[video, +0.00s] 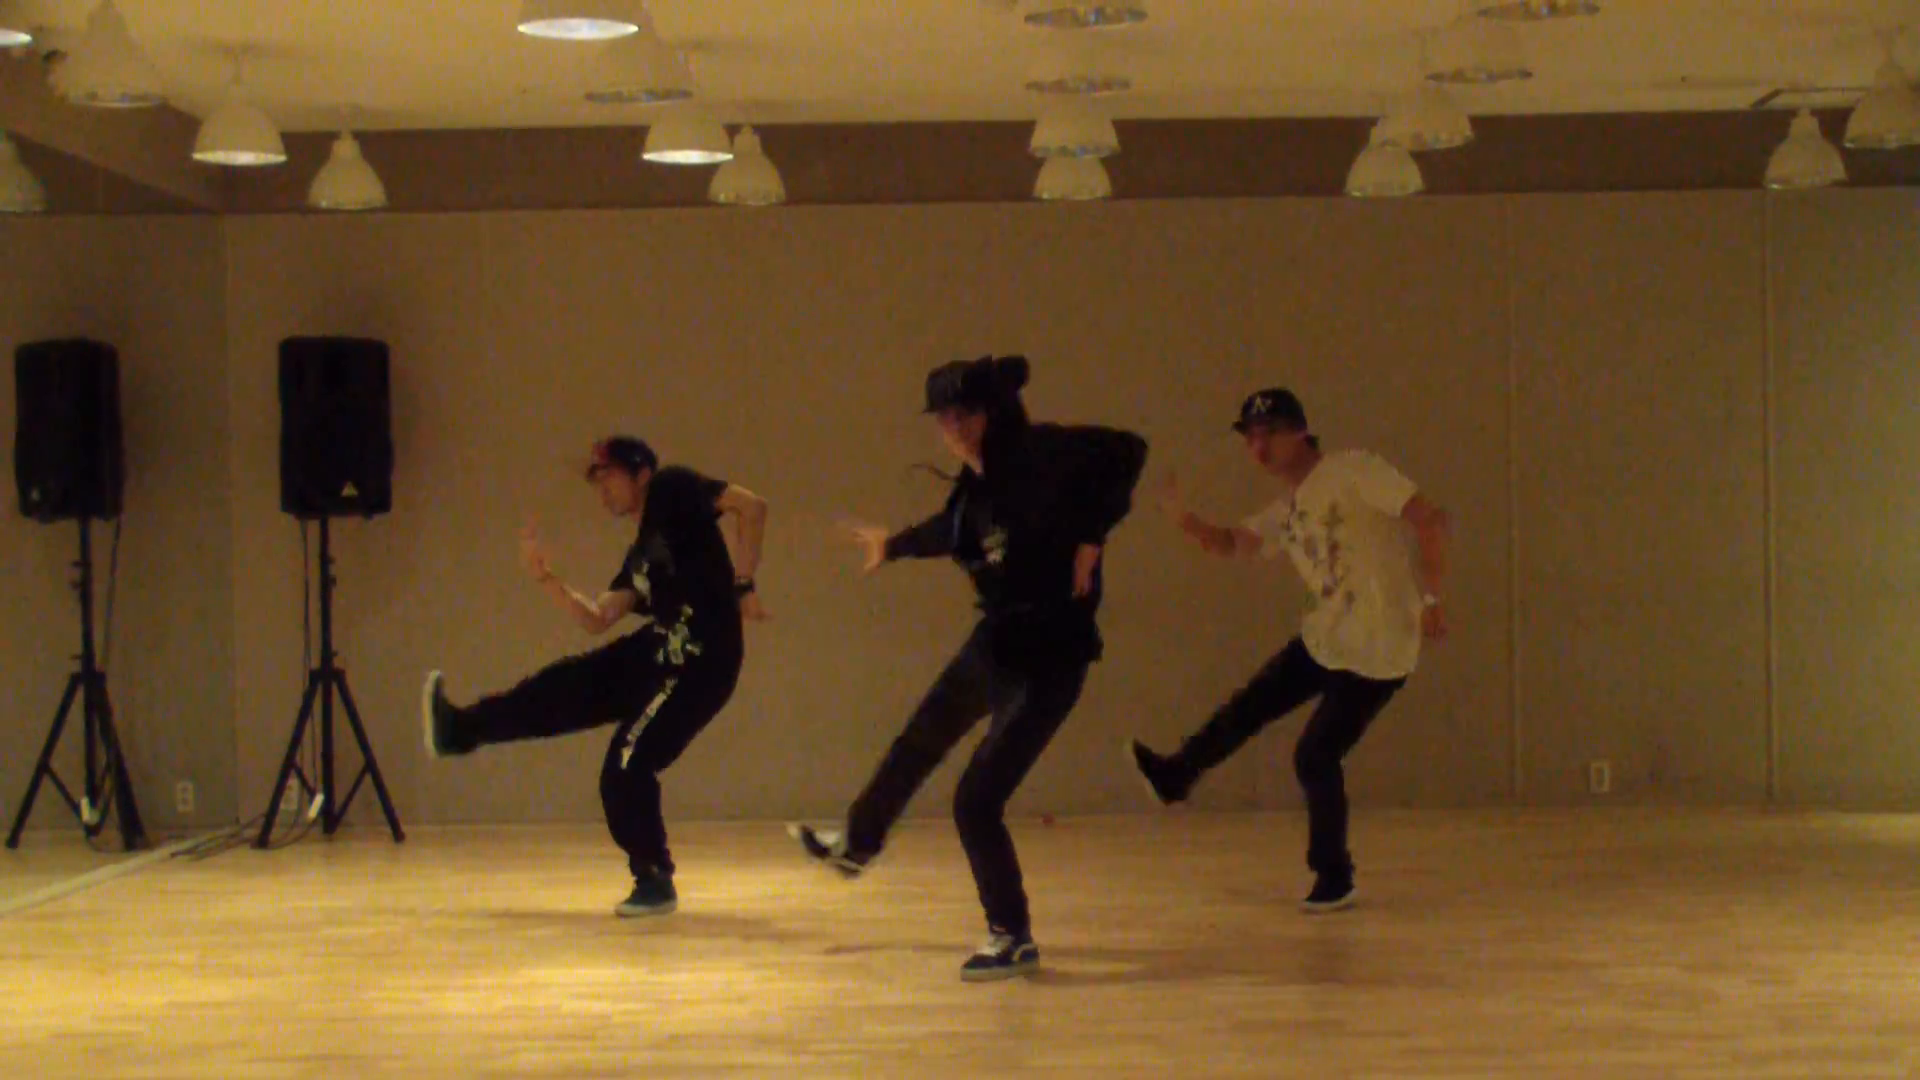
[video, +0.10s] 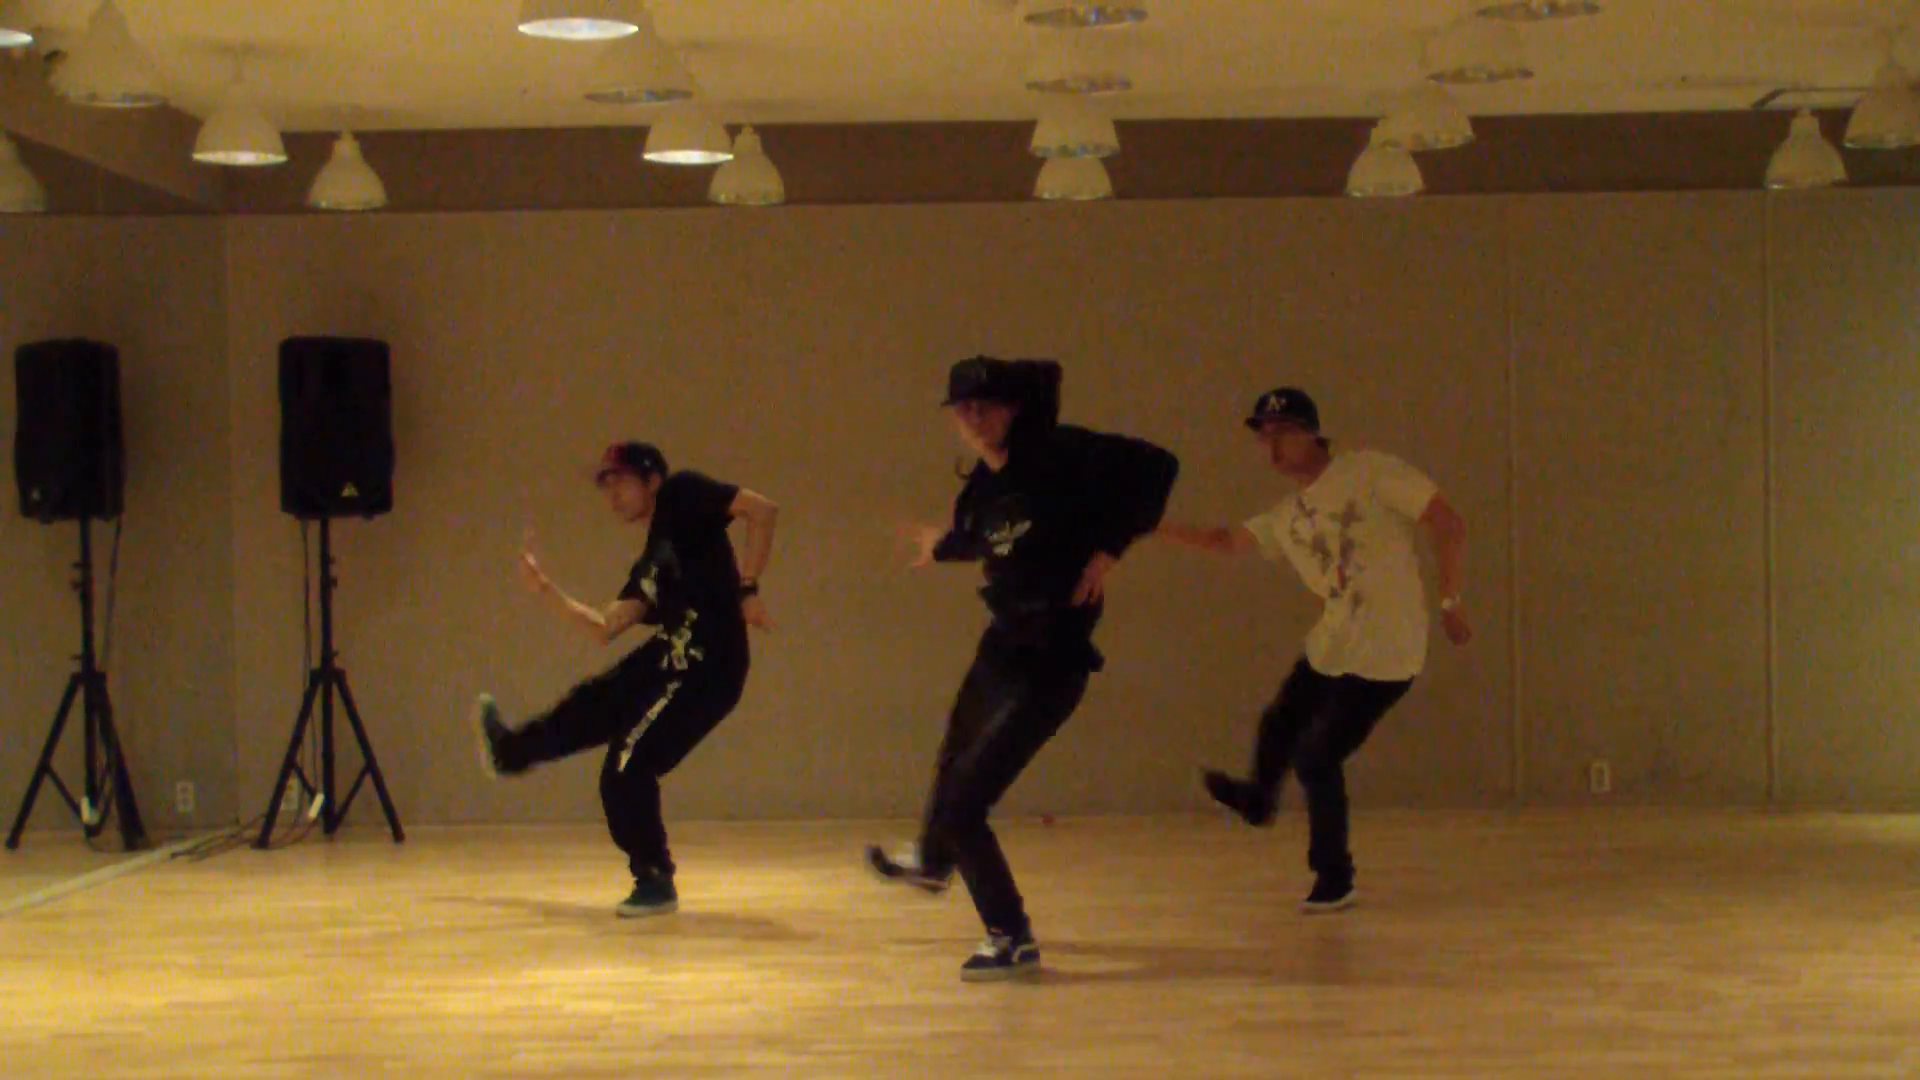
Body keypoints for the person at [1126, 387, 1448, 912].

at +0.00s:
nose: (1256, 449)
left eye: (1265, 435)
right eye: (1250, 439)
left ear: (1296, 433)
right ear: (1250, 444)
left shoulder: (1353, 471)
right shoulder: (1290, 510)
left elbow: (1428, 519)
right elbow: (1235, 543)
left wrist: (1433, 598)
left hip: (1381, 649)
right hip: (1328, 637)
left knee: (1317, 755)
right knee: (1251, 706)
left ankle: (1333, 876)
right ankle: (1178, 774)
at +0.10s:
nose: (1274, 451)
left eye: (1282, 436)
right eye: (1267, 441)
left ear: (1311, 432)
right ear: (1265, 447)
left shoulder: (1368, 471)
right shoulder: (1289, 515)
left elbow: (1449, 524)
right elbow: (1227, 541)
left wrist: (1451, 601)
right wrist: (1158, 527)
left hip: (1388, 647)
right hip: (1335, 640)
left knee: (1319, 752)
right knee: (1280, 722)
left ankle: (1334, 875)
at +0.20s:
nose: (1285, 450)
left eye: (1294, 436)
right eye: (1278, 440)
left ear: (1323, 432)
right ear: (1278, 446)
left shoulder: (1375, 472)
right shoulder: (1301, 514)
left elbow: (1451, 526)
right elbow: (1244, 546)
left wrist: (1453, 608)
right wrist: (1176, 549)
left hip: (1395, 647)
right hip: (1342, 648)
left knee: (1326, 751)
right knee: (1319, 753)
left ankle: (1335, 877)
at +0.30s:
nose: (1295, 444)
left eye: (1304, 431)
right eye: (1288, 435)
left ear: (1334, 430)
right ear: (1285, 442)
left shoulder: (1382, 474)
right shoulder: (1312, 512)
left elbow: (1458, 531)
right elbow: (1255, 555)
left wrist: (1455, 615)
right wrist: (1204, 591)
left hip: (1414, 649)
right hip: (1372, 654)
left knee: (1341, 751)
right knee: (1373, 768)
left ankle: (1342, 874)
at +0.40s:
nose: (1312, 452)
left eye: (1323, 439)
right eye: (1304, 443)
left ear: (1351, 441)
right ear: (1299, 450)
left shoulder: (1391, 489)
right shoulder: (1322, 513)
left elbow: (1462, 537)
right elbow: (1302, 578)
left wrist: (1459, 611)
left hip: (1432, 659)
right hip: (1392, 666)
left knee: (1362, 746)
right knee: (1443, 791)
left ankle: (1390, 864)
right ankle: (1537, 855)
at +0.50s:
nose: (1331, 456)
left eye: (1342, 444)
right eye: (1324, 447)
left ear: (1370, 448)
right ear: (1318, 454)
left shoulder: (1402, 497)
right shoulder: (1340, 515)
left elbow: (1463, 547)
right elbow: (1336, 590)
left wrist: (1448, 604)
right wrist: (1326, 651)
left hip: (1425, 669)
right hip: (1386, 675)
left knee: (1392, 785)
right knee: (1424, 791)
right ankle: (1525, 850)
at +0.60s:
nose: (1354, 456)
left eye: (1366, 444)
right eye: (1345, 446)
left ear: (1390, 450)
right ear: (1337, 454)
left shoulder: (1410, 508)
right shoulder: (1342, 522)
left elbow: (1435, 562)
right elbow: (1335, 603)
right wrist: (1316, 590)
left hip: (1411, 686)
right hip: (1357, 693)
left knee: (1443, 807)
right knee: (1353, 812)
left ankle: (1555, 863)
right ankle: (1456, 839)